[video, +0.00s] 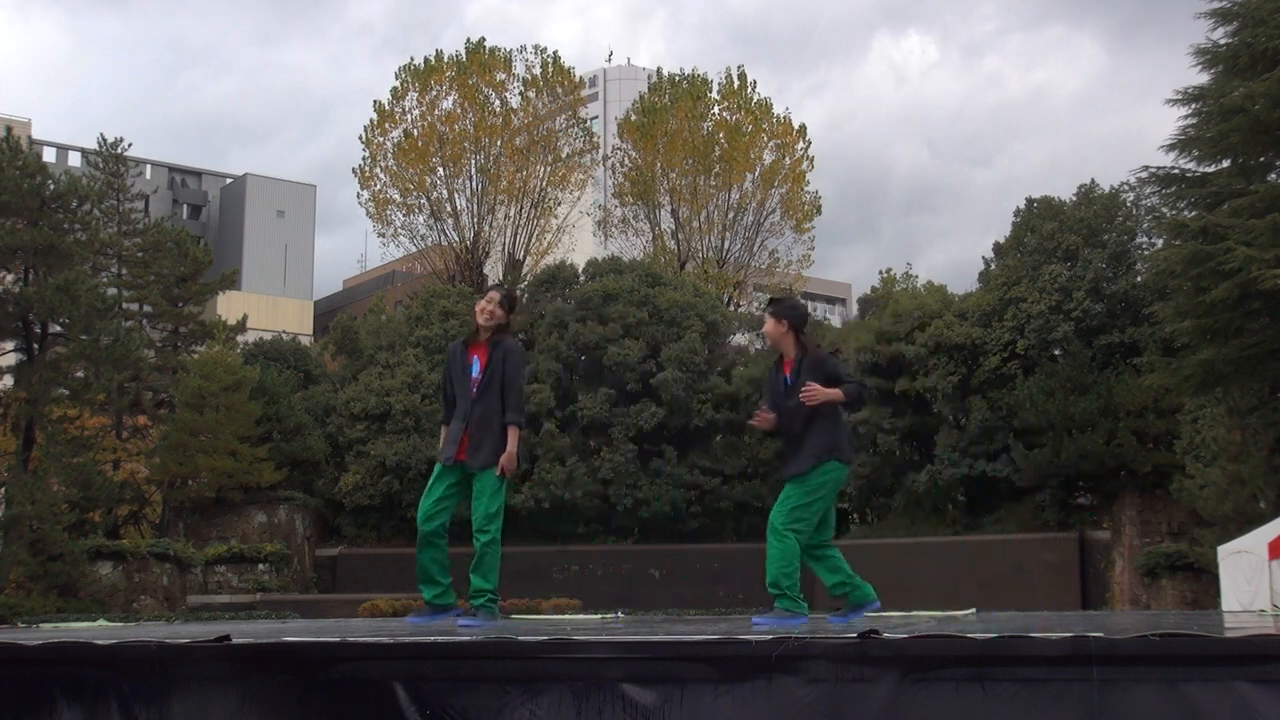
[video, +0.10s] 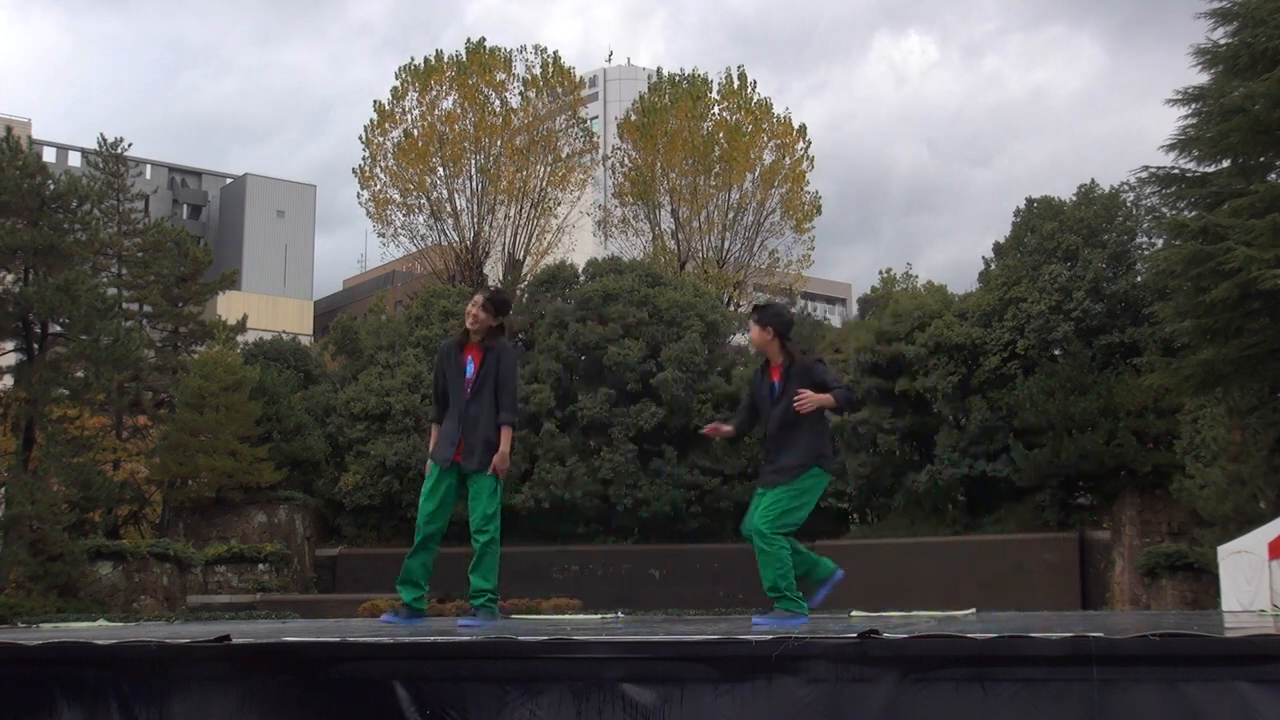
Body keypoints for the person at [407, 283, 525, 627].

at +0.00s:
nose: (487, 308)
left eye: (495, 306)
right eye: (485, 301)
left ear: (505, 317)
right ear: (476, 305)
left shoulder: (510, 350)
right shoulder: (457, 350)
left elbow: (514, 400)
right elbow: (449, 401)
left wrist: (512, 447)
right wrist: (445, 441)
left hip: (491, 452)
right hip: (455, 449)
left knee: (484, 529)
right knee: (428, 519)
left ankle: (485, 606)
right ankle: (439, 602)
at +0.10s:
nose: (472, 311)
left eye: (482, 309)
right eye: (472, 305)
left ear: (495, 321)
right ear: (466, 309)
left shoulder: (503, 353)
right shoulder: (449, 349)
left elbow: (507, 404)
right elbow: (439, 404)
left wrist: (504, 449)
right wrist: (433, 448)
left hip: (484, 453)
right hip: (446, 450)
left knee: (484, 530)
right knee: (427, 525)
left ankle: (484, 606)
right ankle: (412, 603)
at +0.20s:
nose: (458, 322)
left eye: (466, 321)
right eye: (457, 316)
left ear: (484, 324)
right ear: (456, 310)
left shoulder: (495, 353)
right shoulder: (441, 349)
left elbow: (500, 405)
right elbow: (430, 402)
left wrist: (496, 449)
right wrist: (423, 449)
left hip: (476, 453)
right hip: (437, 451)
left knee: (480, 531)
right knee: (421, 528)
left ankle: (484, 606)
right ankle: (405, 605)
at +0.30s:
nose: (445, 320)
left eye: (452, 318)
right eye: (445, 314)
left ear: (471, 322)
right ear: (443, 313)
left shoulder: (487, 354)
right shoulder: (430, 352)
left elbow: (492, 405)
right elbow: (419, 404)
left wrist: (488, 450)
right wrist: (413, 452)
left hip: (467, 456)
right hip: (428, 453)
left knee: (475, 532)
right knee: (416, 531)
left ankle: (483, 606)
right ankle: (405, 607)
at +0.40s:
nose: (431, 324)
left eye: (438, 319)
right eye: (429, 318)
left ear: (457, 320)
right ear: (428, 318)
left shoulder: (477, 355)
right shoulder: (418, 354)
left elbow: (484, 408)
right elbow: (406, 408)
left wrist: (478, 452)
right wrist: (402, 454)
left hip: (456, 455)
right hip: (415, 455)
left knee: (466, 531)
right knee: (409, 532)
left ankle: (481, 606)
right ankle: (404, 607)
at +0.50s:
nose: (425, 326)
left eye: (432, 321)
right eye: (422, 320)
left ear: (448, 320)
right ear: (417, 318)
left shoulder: (470, 355)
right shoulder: (410, 356)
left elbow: (477, 408)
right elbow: (396, 410)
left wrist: (471, 452)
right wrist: (393, 456)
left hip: (451, 455)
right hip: (410, 456)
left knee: (453, 527)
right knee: (405, 531)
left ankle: (476, 604)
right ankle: (404, 607)